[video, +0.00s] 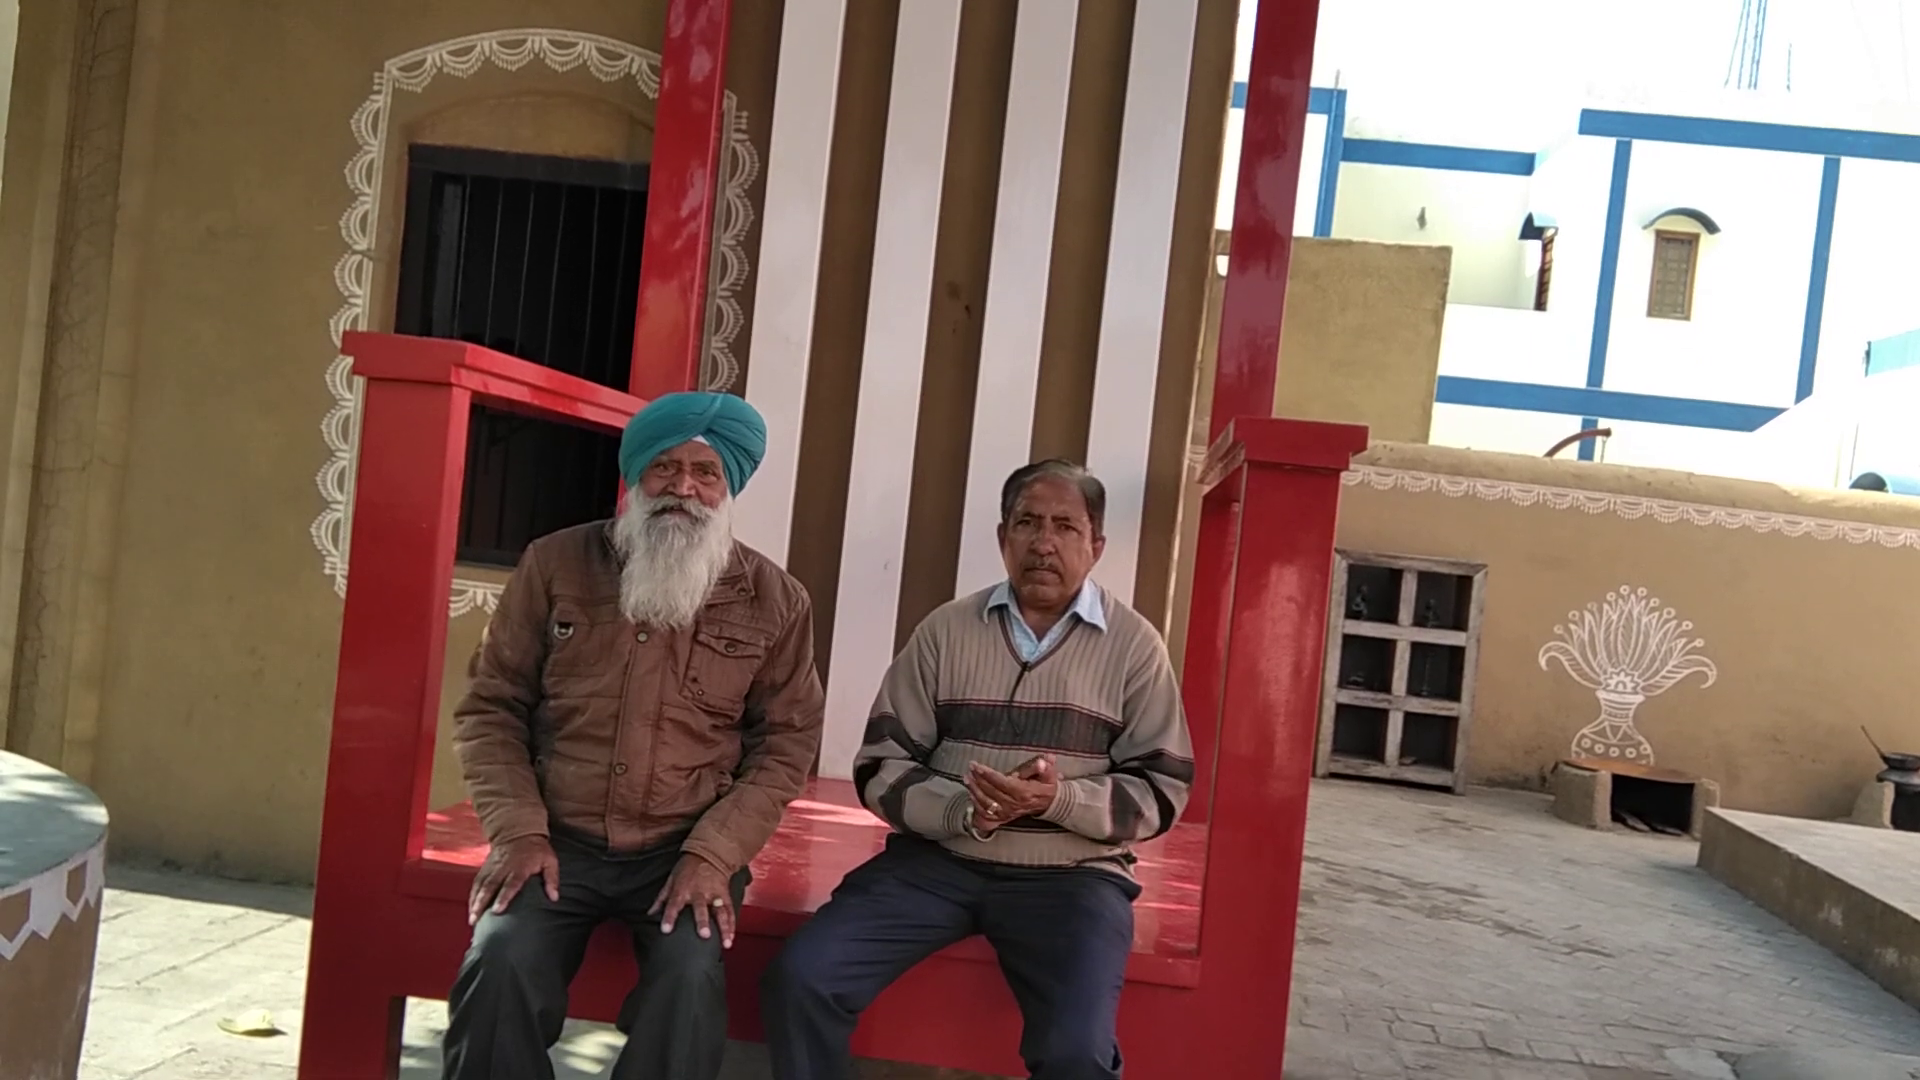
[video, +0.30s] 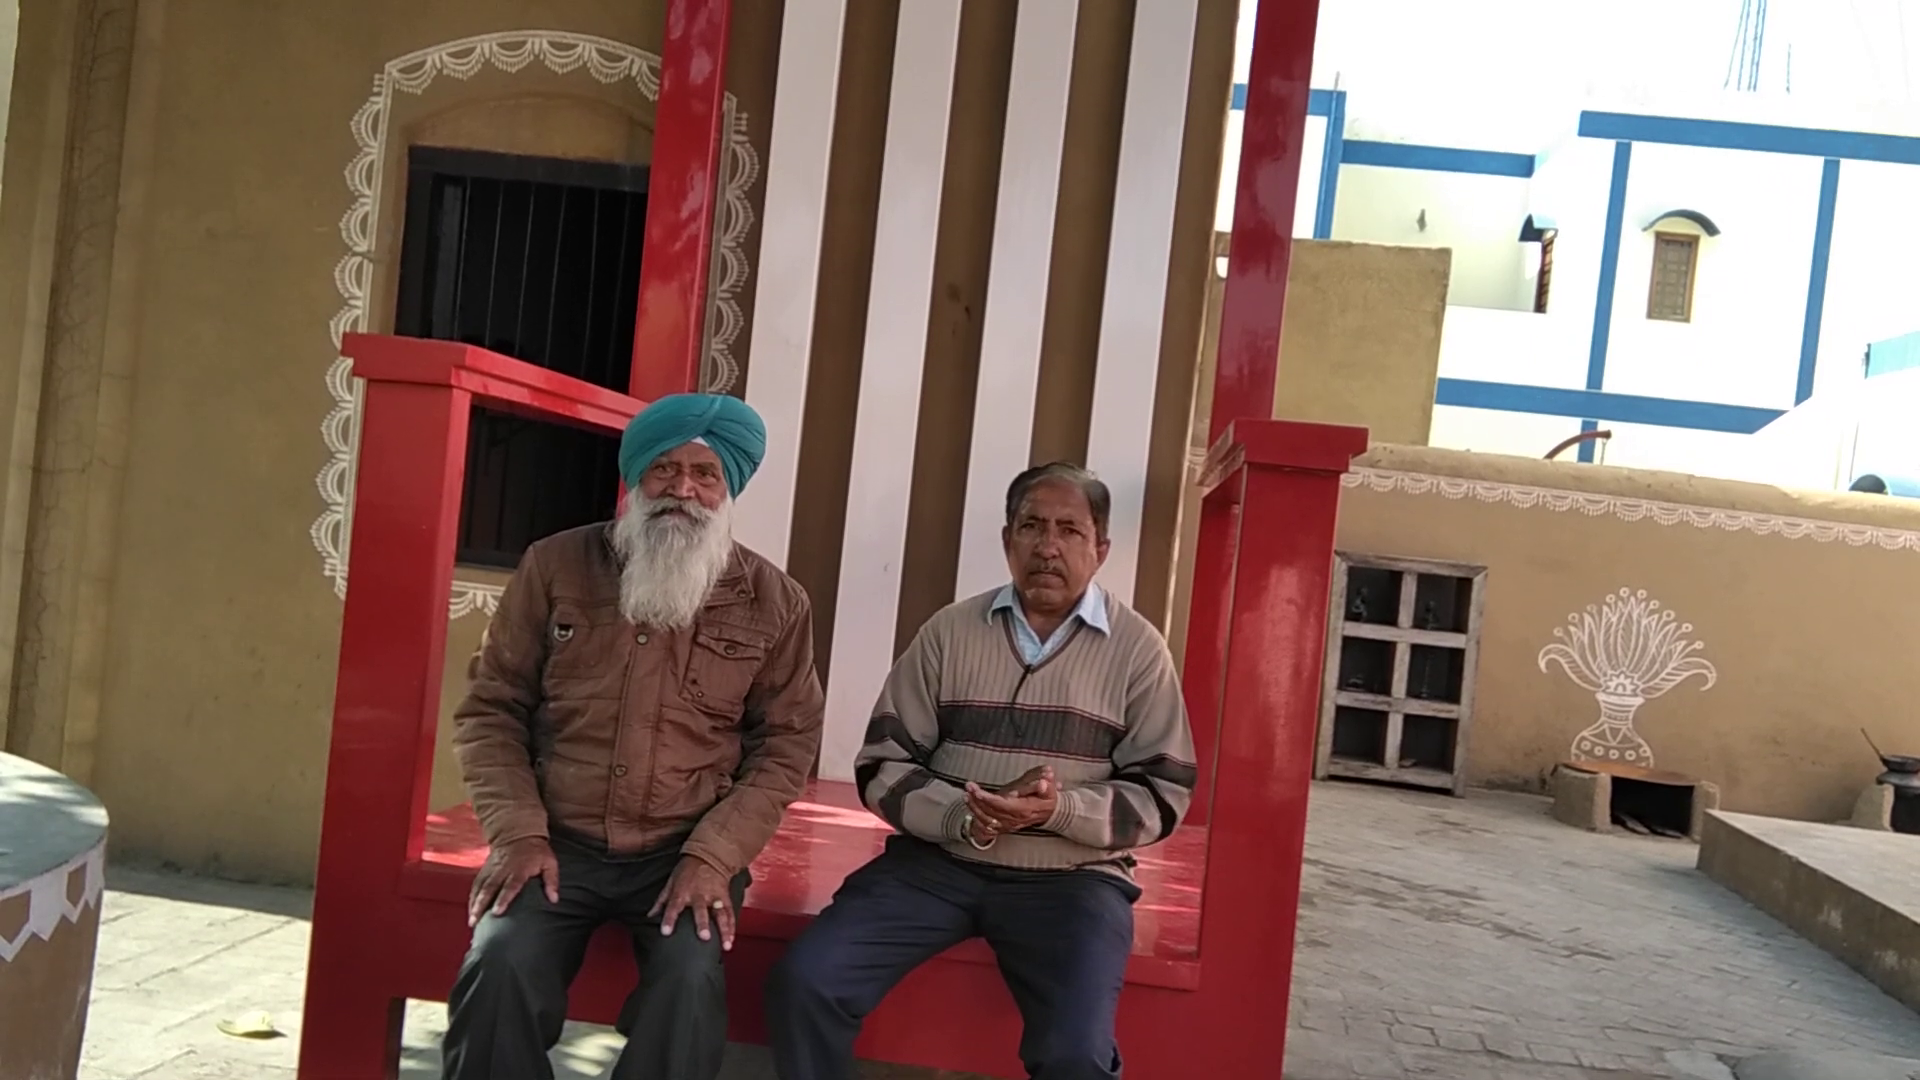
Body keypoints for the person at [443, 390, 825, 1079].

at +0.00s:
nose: (683, 487)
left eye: (706, 472)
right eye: (665, 468)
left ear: (729, 493)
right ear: (631, 483)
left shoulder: (775, 601)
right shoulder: (556, 565)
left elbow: (787, 747)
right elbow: (491, 706)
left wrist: (714, 853)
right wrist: (517, 828)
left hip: (685, 861)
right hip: (556, 849)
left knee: (690, 973)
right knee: (501, 961)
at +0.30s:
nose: (683, 488)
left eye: (705, 473)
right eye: (665, 469)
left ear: (730, 494)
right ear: (632, 484)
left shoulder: (774, 602)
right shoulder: (556, 567)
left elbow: (787, 748)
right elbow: (491, 707)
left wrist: (714, 855)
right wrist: (517, 829)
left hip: (685, 862)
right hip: (556, 851)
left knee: (690, 977)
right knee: (500, 965)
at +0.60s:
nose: (683, 488)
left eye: (706, 473)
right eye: (665, 469)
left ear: (730, 495)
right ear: (631, 484)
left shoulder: (775, 602)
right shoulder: (555, 567)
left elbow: (788, 748)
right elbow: (495, 714)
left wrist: (714, 854)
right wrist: (517, 829)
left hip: (685, 860)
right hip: (555, 849)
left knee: (690, 975)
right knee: (499, 963)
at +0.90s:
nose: (684, 487)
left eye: (707, 473)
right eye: (666, 468)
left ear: (730, 495)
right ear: (631, 484)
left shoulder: (774, 601)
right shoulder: (556, 566)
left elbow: (788, 747)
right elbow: (492, 713)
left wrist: (714, 853)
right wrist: (517, 829)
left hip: (685, 859)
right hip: (555, 847)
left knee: (691, 974)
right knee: (500, 962)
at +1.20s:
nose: (712, 509)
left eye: (727, 491)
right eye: (693, 489)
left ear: (741, 495)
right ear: (646, 490)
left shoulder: (773, 602)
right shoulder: (559, 565)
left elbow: (787, 742)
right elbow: (498, 708)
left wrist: (715, 853)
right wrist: (517, 828)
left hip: (685, 856)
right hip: (556, 845)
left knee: (685, 975)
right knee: (500, 961)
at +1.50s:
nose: (718, 513)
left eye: (731, 495)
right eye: (700, 494)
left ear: (742, 495)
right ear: (647, 492)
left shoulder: (769, 600)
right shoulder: (551, 568)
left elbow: (782, 740)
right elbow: (490, 707)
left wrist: (716, 851)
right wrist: (516, 827)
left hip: (685, 860)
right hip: (557, 848)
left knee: (684, 973)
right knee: (499, 961)